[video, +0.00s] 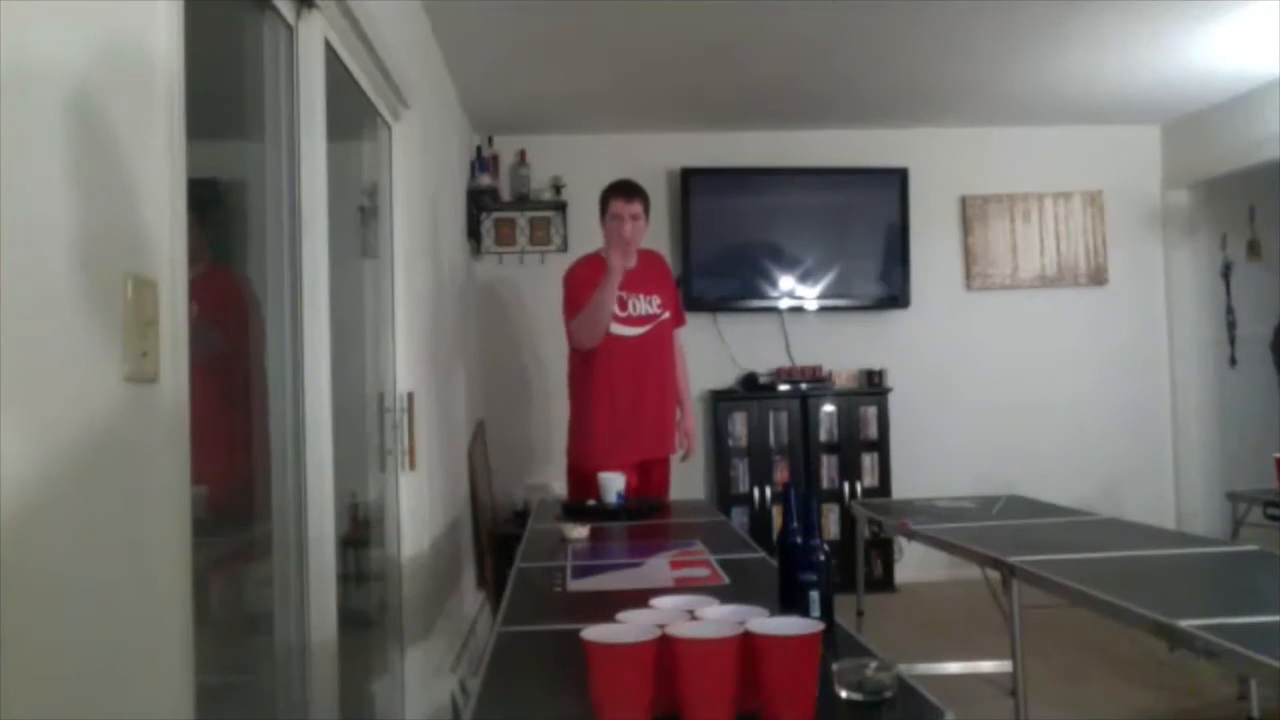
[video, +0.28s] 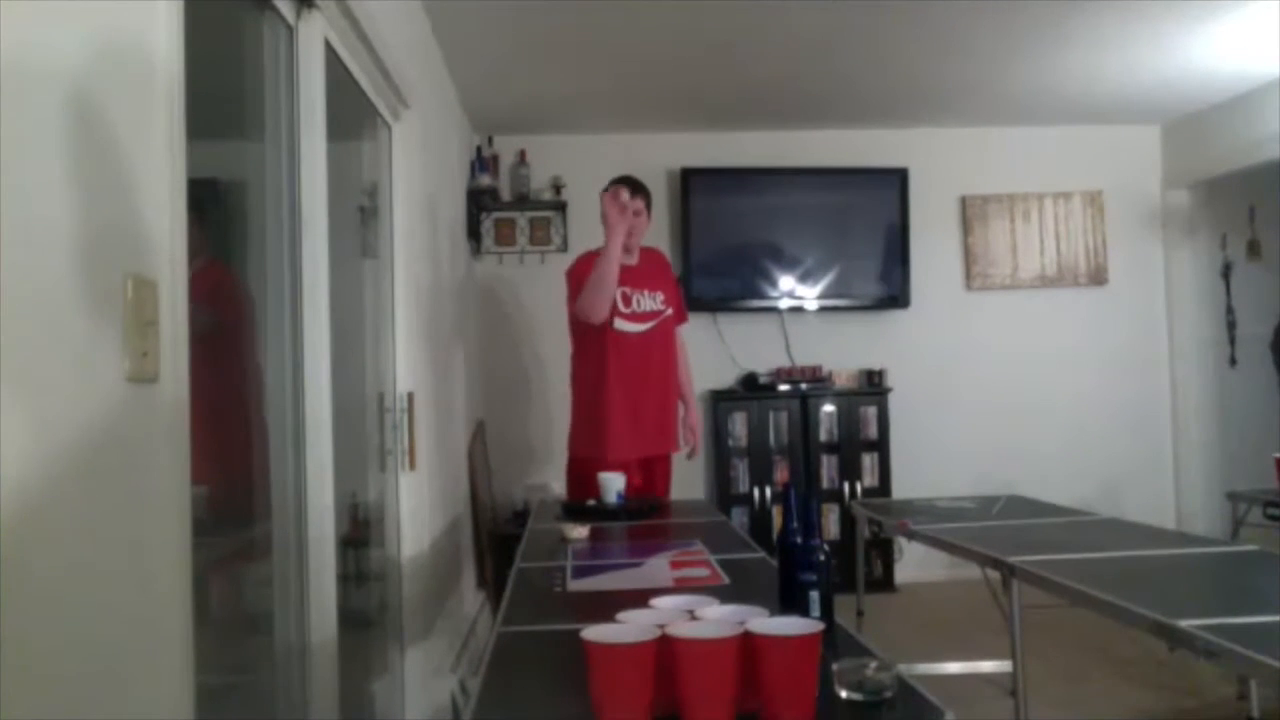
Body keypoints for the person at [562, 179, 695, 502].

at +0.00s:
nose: (626, 228)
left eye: (635, 219)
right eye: (617, 219)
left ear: (646, 224)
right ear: (603, 223)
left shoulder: (657, 267)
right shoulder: (584, 273)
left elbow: (673, 344)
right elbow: (583, 338)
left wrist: (686, 411)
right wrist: (613, 276)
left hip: (652, 431)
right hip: (599, 433)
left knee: (652, 539)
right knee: (598, 540)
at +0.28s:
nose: (629, 223)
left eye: (637, 214)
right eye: (621, 215)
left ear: (648, 220)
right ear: (608, 220)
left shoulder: (658, 265)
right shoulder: (587, 267)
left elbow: (675, 341)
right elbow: (594, 312)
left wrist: (690, 405)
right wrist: (613, 238)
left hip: (653, 436)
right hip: (601, 438)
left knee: (653, 542)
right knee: (600, 546)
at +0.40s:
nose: (631, 216)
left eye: (639, 207)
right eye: (623, 208)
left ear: (649, 215)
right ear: (608, 213)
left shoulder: (657, 261)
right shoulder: (587, 261)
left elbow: (675, 339)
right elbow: (601, 282)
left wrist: (691, 404)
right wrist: (617, 198)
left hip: (654, 431)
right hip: (602, 432)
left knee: (653, 543)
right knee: (598, 544)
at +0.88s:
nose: (637, 214)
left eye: (646, 205)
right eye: (627, 204)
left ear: (656, 210)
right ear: (611, 210)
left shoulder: (659, 261)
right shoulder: (593, 263)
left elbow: (666, 347)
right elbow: (581, 350)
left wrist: (685, 404)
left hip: (651, 429)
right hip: (602, 430)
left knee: (650, 539)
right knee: (596, 540)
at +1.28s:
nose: (639, 230)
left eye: (647, 221)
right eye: (629, 220)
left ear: (658, 223)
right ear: (614, 221)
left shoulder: (668, 269)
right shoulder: (590, 272)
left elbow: (677, 347)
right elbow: (536, 336)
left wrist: (685, 417)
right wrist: (587, 400)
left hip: (656, 442)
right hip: (600, 444)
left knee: (652, 546)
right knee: (600, 546)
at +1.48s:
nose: (639, 245)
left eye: (648, 237)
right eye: (631, 235)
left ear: (659, 234)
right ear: (618, 230)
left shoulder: (670, 275)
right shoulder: (593, 275)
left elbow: (688, 343)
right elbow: (549, 347)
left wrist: (689, 416)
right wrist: (578, 422)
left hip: (656, 441)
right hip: (602, 443)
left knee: (654, 546)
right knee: (600, 546)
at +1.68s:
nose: (641, 253)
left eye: (650, 244)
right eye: (633, 243)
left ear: (662, 240)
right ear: (620, 236)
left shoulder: (673, 279)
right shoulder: (593, 278)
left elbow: (693, 346)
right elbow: (568, 355)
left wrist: (688, 414)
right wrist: (584, 430)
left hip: (653, 439)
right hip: (598, 439)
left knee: (650, 540)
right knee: (600, 544)